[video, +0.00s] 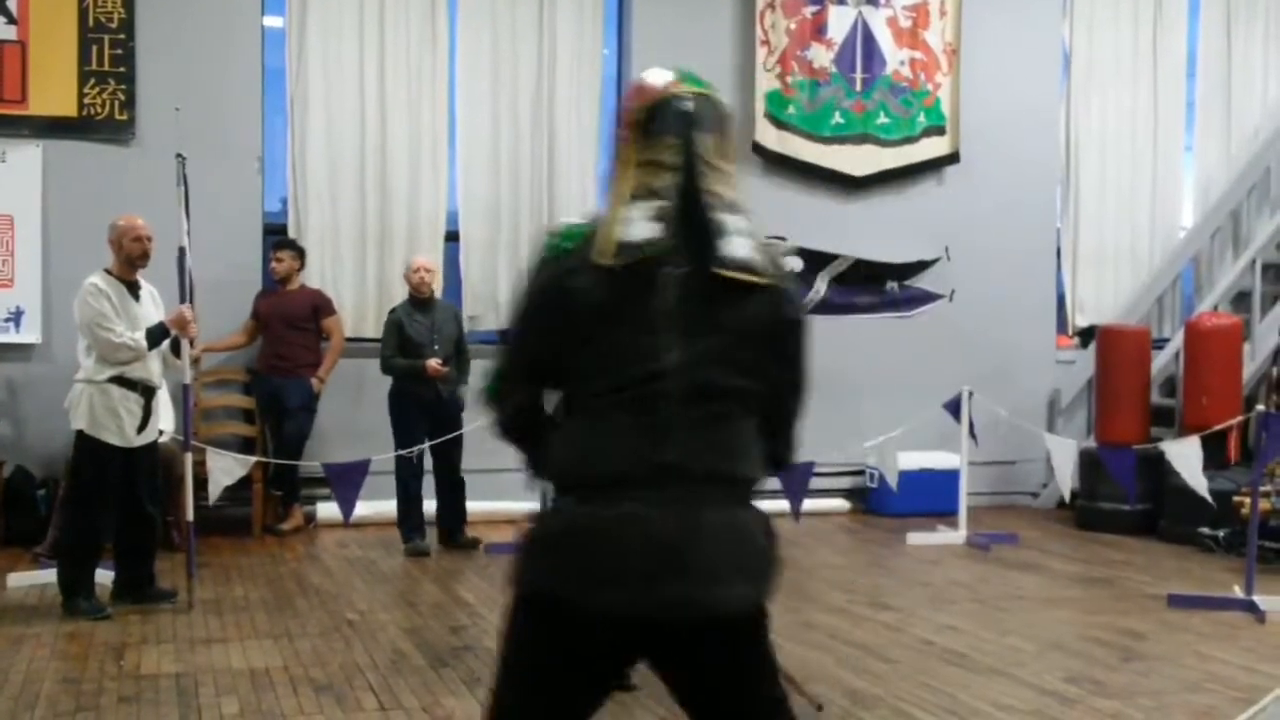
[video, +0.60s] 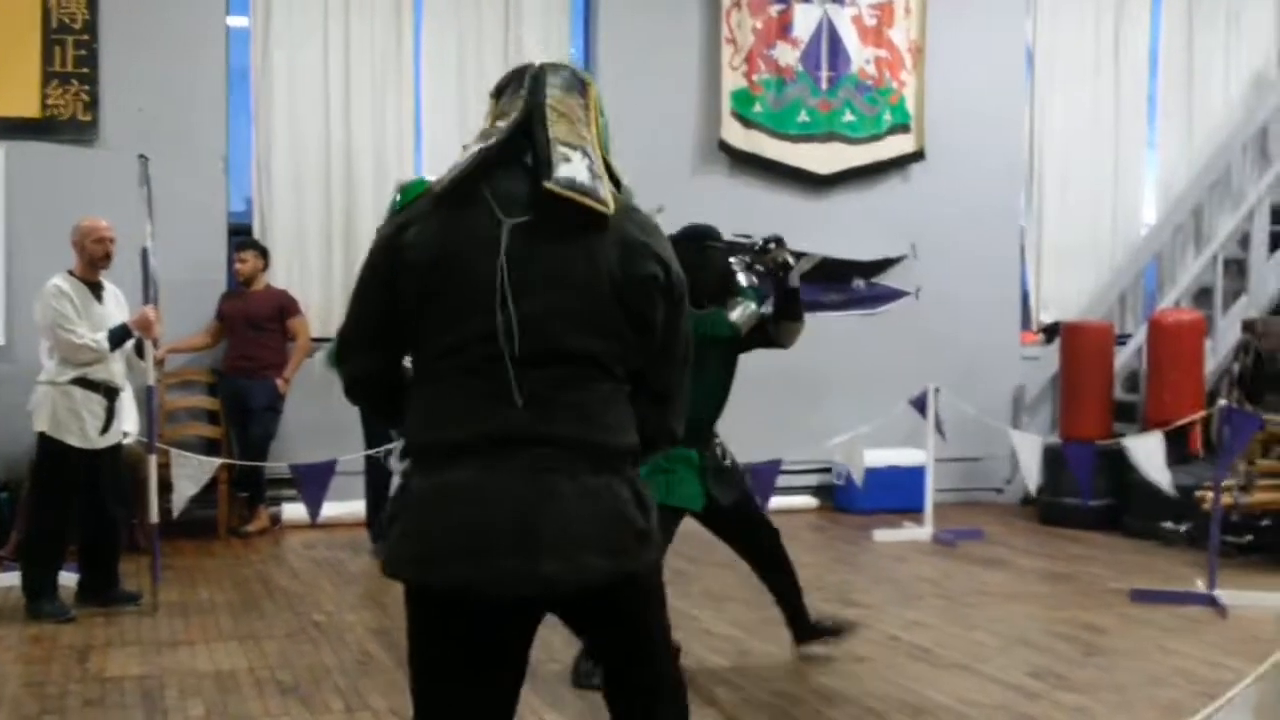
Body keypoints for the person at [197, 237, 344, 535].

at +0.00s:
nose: (274, 265)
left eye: (280, 260)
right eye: (272, 260)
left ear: (298, 264)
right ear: (272, 264)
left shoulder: (316, 298)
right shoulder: (264, 299)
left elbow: (337, 339)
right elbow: (246, 336)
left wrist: (321, 377)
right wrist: (204, 348)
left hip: (300, 382)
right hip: (267, 380)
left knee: (290, 445)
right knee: (277, 445)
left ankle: (289, 509)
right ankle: (292, 510)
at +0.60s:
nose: (238, 266)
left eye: (244, 261)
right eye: (236, 261)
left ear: (262, 263)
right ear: (235, 265)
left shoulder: (281, 299)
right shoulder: (229, 300)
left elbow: (303, 339)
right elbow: (210, 337)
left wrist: (286, 378)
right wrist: (169, 349)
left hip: (266, 382)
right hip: (232, 381)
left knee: (255, 446)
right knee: (241, 447)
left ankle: (258, 511)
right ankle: (255, 511)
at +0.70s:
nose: (216, 265)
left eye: (222, 260)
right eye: (214, 259)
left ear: (237, 263)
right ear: (211, 264)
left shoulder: (254, 299)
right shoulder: (208, 299)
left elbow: (277, 338)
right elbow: (186, 335)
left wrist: (260, 377)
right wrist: (145, 349)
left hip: (238, 381)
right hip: (206, 379)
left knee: (228, 445)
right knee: (211, 446)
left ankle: (231, 510)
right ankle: (218, 509)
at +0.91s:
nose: (176, 268)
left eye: (182, 262)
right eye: (174, 263)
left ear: (201, 266)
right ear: (172, 267)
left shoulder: (219, 300)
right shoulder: (168, 301)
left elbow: (242, 340)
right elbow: (148, 338)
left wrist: (225, 380)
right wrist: (107, 351)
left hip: (204, 384)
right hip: (170, 383)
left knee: (193, 449)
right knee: (175, 449)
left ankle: (196, 513)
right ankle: (186, 512)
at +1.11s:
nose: (143, 267)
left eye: (149, 262)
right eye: (141, 262)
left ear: (167, 265)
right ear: (139, 266)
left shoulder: (185, 301)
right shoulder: (135, 301)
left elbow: (209, 341)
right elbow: (114, 339)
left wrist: (192, 381)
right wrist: (72, 351)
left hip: (169, 384)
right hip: (135, 382)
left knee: (159, 448)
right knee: (140, 449)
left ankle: (162, 514)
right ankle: (147, 512)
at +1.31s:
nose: (105, 267)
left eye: (112, 261)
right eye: (103, 262)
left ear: (130, 264)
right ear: (102, 265)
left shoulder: (148, 301)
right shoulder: (98, 301)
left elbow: (174, 340)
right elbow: (76, 340)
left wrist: (156, 381)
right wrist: (33, 353)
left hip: (134, 385)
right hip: (100, 384)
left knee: (124, 451)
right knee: (107, 451)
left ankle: (129, 517)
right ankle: (121, 515)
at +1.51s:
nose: (75, 269)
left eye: (82, 263)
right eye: (73, 264)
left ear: (101, 266)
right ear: (72, 268)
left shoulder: (119, 303)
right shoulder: (67, 304)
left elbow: (144, 344)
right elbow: (45, 343)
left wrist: (126, 384)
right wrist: (5, 354)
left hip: (104, 389)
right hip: (69, 387)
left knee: (93, 454)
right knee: (77, 455)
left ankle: (97, 521)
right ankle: (86, 520)